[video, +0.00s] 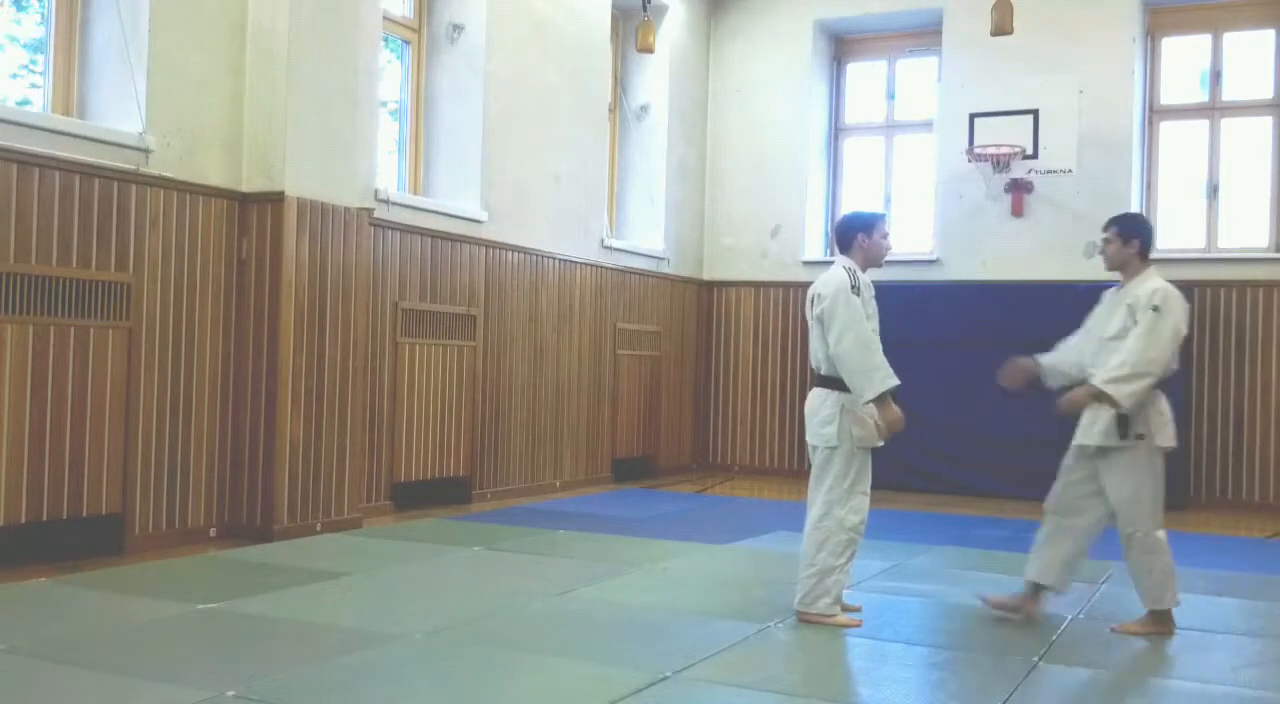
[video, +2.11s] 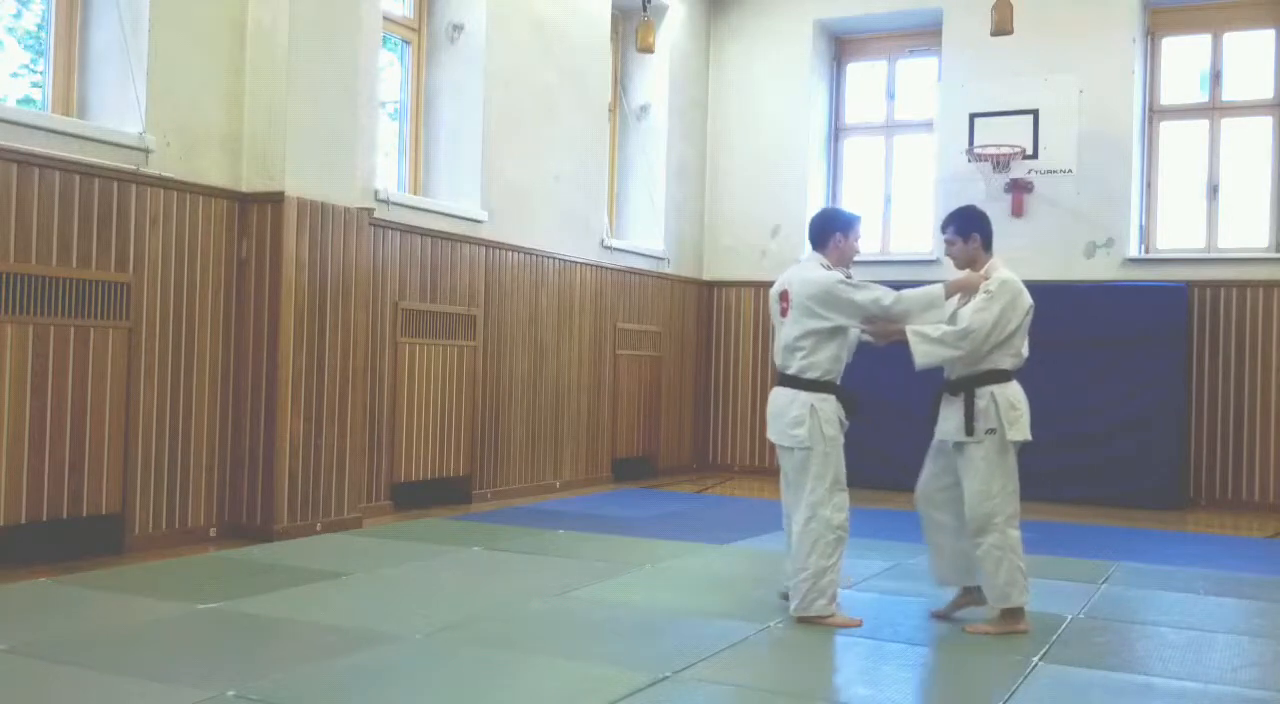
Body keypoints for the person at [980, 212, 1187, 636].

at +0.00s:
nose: (1102, 249)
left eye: (1109, 242)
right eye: (1103, 242)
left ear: (1135, 246)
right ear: (1124, 247)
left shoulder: (1163, 297)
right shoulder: (1113, 297)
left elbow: (1146, 359)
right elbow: (1083, 348)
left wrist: (1093, 391)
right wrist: (1037, 367)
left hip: (1134, 424)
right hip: (1095, 419)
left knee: (1139, 523)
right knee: (1065, 507)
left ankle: (1160, 614)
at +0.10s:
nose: (1083, 250)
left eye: (1090, 244)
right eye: (1084, 244)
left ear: (1116, 248)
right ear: (1102, 250)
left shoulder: (1143, 300)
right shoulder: (1084, 301)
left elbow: (1130, 361)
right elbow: (1048, 341)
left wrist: (1074, 388)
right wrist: (999, 345)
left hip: (1113, 427)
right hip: (1071, 423)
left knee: (1121, 525)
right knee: (1044, 512)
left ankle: (1155, 607)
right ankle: (1011, 600)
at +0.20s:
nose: (1063, 248)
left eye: (1070, 243)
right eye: (1064, 243)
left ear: (1095, 247)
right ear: (1081, 249)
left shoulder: (1122, 301)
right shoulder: (1058, 302)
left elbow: (1109, 361)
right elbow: (1013, 330)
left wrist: (1054, 387)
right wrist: (966, 325)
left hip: (1087, 424)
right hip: (1045, 419)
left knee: (1085, 517)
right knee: (1023, 509)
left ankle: (1138, 594)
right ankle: (1005, 600)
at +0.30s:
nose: (1041, 248)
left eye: (1048, 241)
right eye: (1042, 241)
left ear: (1074, 246)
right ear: (1060, 247)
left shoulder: (1103, 298)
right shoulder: (1038, 295)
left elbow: (1089, 361)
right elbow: (991, 319)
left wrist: (1034, 384)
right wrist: (939, 311)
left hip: (1066, 419)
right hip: (1027, 415)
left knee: (1039, 507)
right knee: (1001, 506)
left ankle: (1104, 584)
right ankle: (1004, 600)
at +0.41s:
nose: (1022, 246)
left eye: (1029, 239)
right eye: (1022, 239)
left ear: (1054, 243)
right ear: (1045, 244)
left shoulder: (1085, 295)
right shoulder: (1022, 290)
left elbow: (1069, 358)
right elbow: (974, 311)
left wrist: (1013, 377)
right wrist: (924, 307)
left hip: (1053, 415)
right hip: (1016, 412)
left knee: (1020, 504)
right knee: (992, 501)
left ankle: (1051, 605)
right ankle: (1003, 599)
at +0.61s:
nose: (998, 248)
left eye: (1004, 240)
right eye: (997, 241)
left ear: (1030, 241)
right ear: (1021, 243)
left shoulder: (1055, 288)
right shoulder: (1012, 290)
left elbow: (1022, 341)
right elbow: (982, 323)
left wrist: (959, 352)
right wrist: (942, 346)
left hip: (1035, 408)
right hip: (1005, 406)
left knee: (1013, 506)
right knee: (987, 503)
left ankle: (1013, 608)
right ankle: (997, 599)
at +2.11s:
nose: (947, 254)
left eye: (951, 244)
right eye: (946, 246)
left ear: (976, 240)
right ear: (972, 243)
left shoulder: (1005, 285)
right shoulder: (970, 287)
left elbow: (968, 335)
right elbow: (949, 328)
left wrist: (903, 334)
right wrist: (896, 328)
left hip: (990, 406)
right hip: (957, 406)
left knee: (991, 510)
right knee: (933, 495)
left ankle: (1012, 611)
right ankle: (969, 588)